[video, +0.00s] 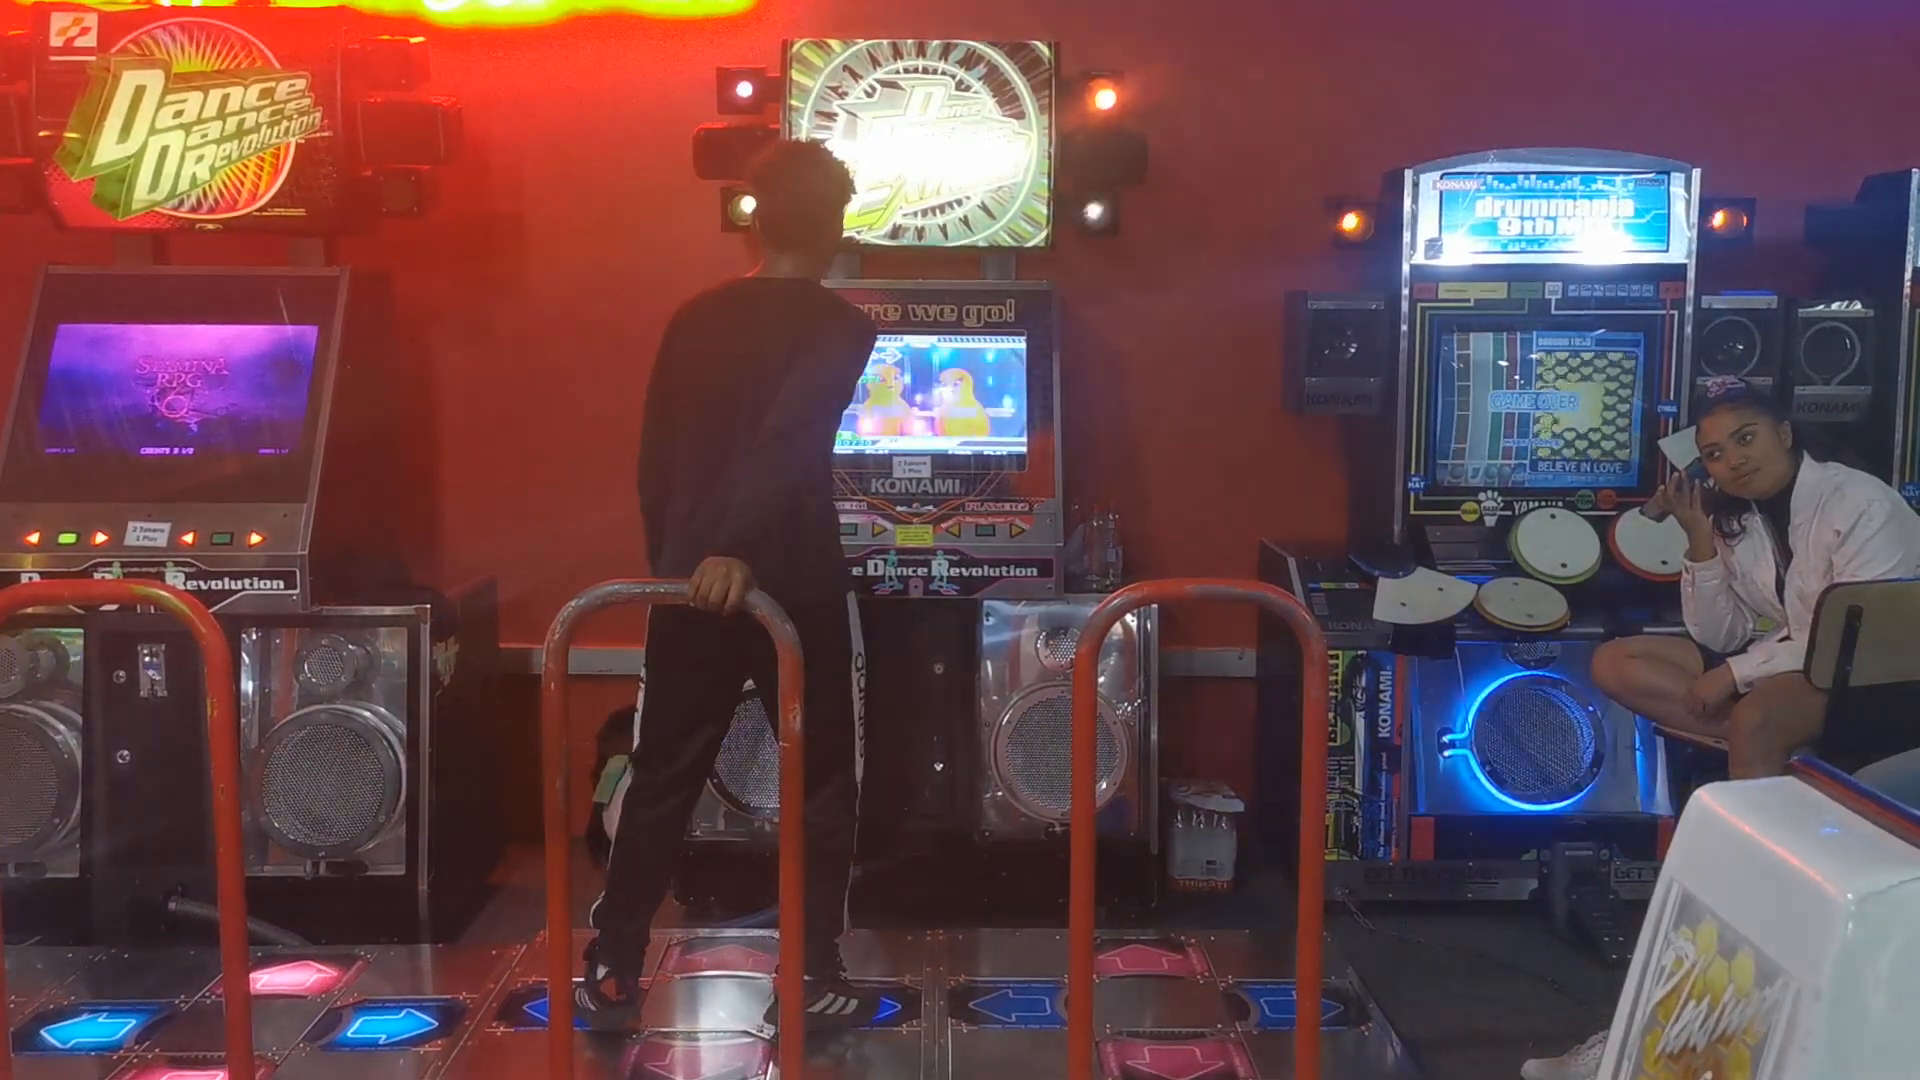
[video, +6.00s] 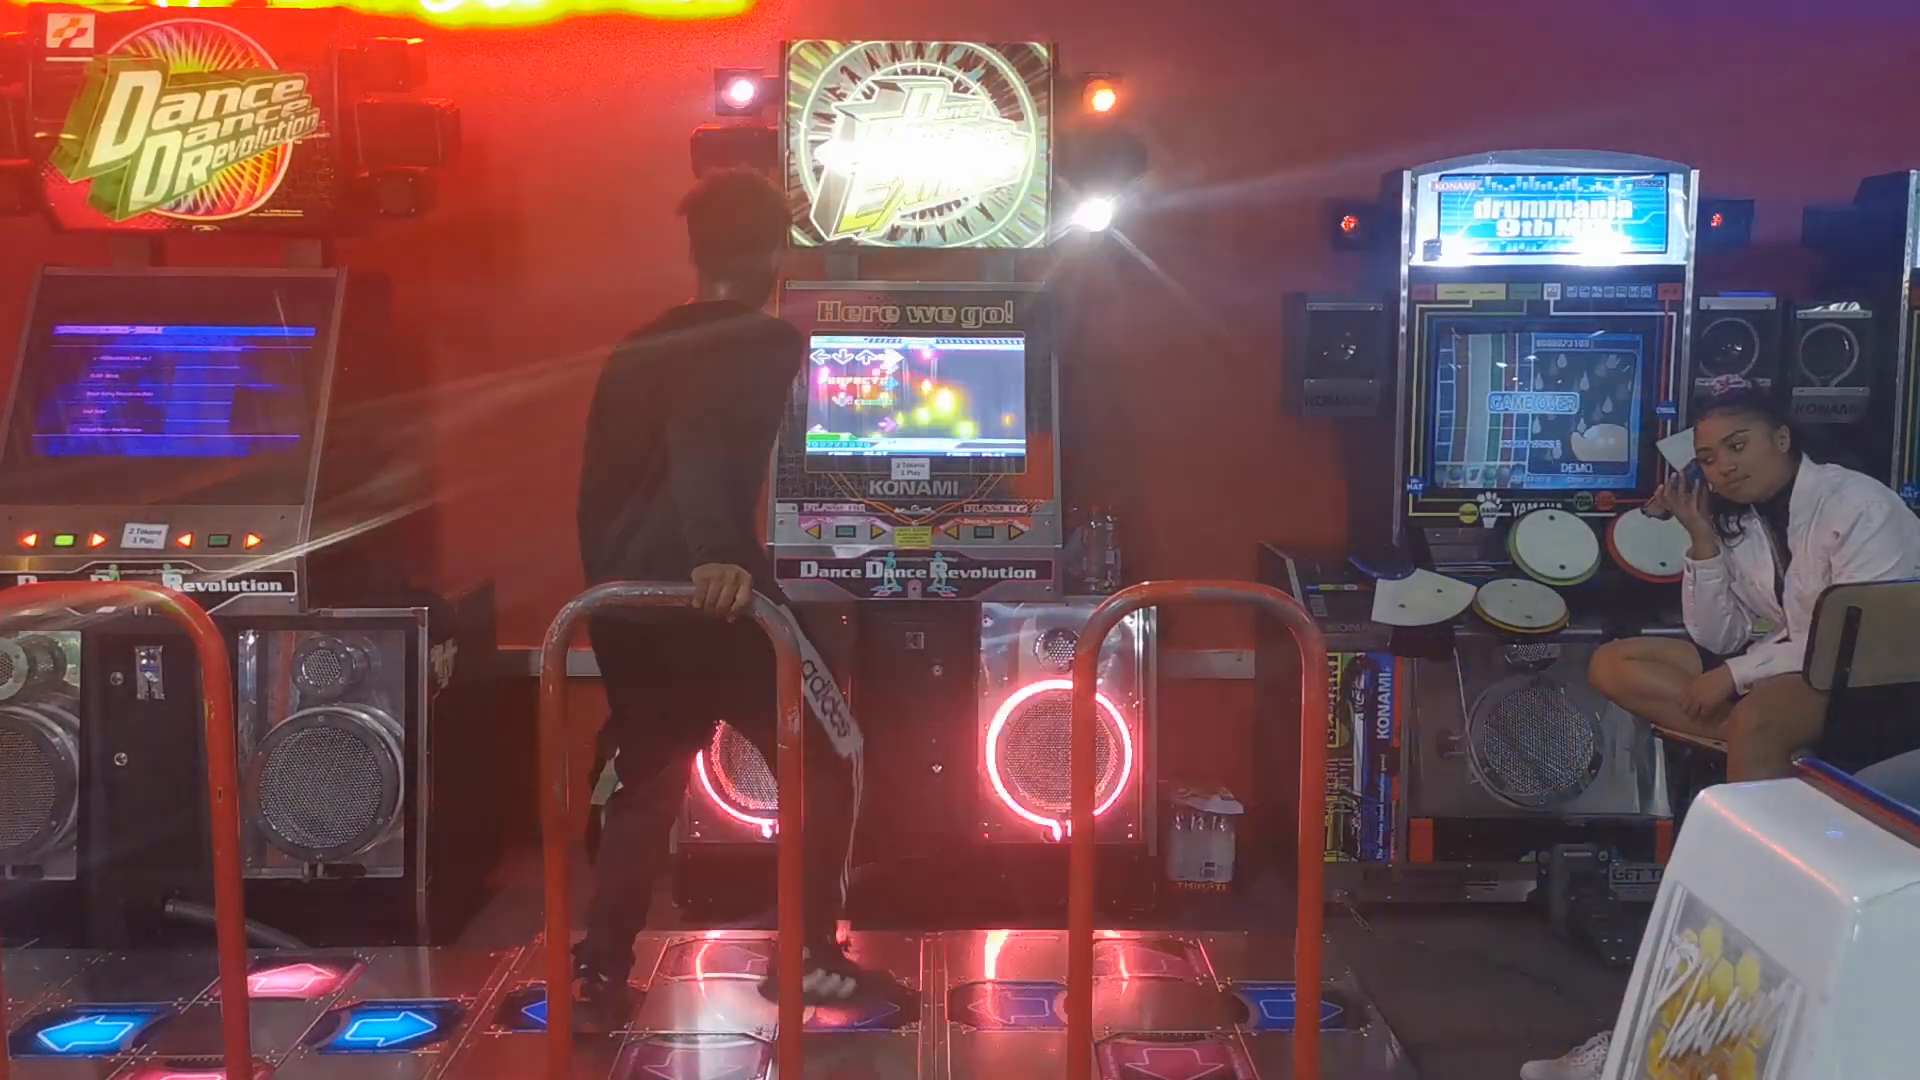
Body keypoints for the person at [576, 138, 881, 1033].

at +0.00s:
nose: (842, 230)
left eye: (834, 214)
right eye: (840, 216)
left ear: (757, 224)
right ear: (833, 228)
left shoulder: (694, 317)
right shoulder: (837, 324)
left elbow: (656, 459)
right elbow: (787, 433)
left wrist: (677, 562)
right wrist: (735, 543)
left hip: (689, 570)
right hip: (792, 572)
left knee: (664, 772)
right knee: (818, 778)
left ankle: (611, 971)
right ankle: (814, 983)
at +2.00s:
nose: (790, 235)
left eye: (780, 222)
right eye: (785, 223)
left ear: (697, 230)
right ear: (771, 230)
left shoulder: (626, 321)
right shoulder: (788, 329)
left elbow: (589, 461)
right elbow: (759, 444)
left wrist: (631, 546)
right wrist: (732, 549)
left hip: (627, 581)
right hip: (737, 582)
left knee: (620, 780)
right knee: (762, 747)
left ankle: (599, 976)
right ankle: (750, 917)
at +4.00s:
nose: (774, 275)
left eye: (768, 261)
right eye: (780, 261)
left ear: (726, 268)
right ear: (804, 272)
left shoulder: (658, 350)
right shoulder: (821, 362)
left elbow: (605, 483)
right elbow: (771, 459)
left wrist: (646, 566)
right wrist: (732, 550)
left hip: (644, 596)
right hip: (745, 591)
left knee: (593, 749)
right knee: (716, 753)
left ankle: (629, 909)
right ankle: (738, 941)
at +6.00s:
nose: (786, 264)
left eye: (781, 249)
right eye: (785, 250)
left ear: (699, 258)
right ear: (774, 258)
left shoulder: (640, 347)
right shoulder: (764, 338)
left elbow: (602, 496)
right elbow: (711, 435)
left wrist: (614, 602)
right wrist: (717, 547)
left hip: (631, 603)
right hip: (723, 598)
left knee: (643, 786)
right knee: (825, 762)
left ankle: (599, 971)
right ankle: (809, 957)